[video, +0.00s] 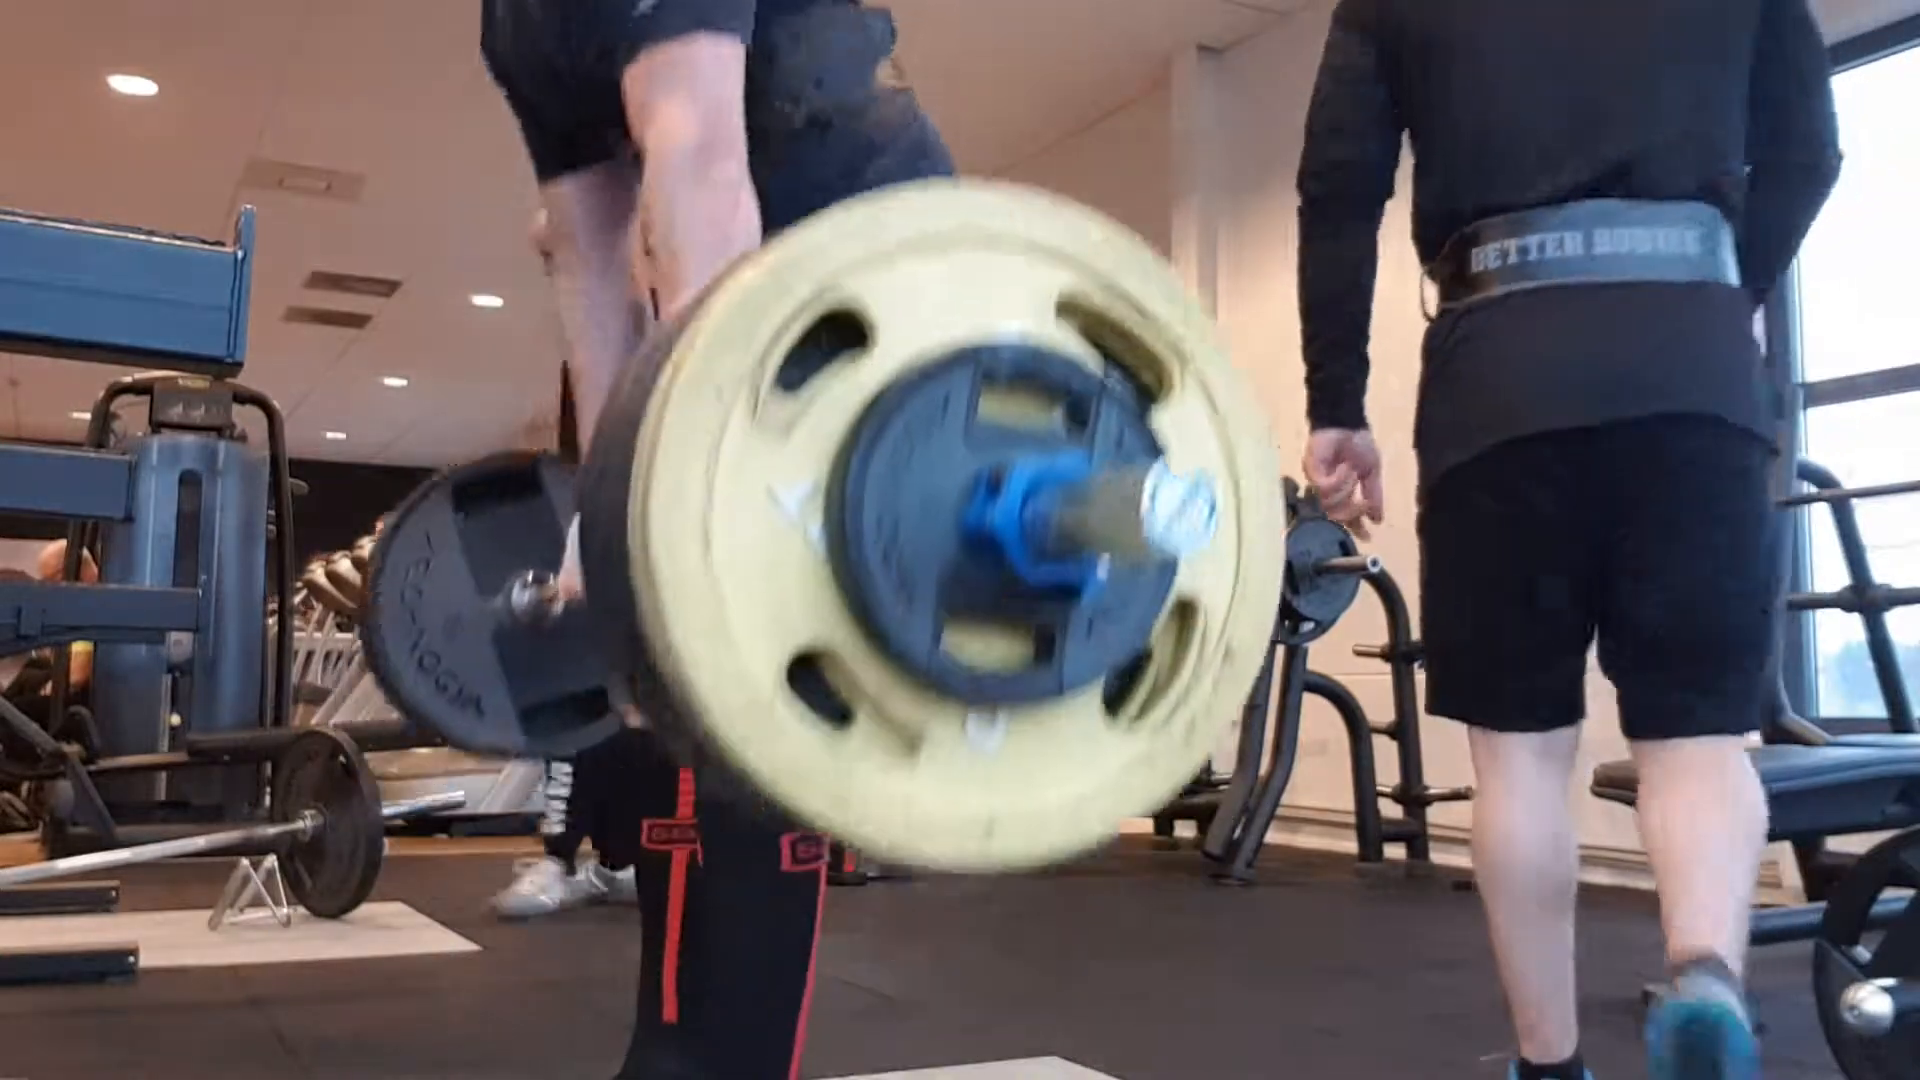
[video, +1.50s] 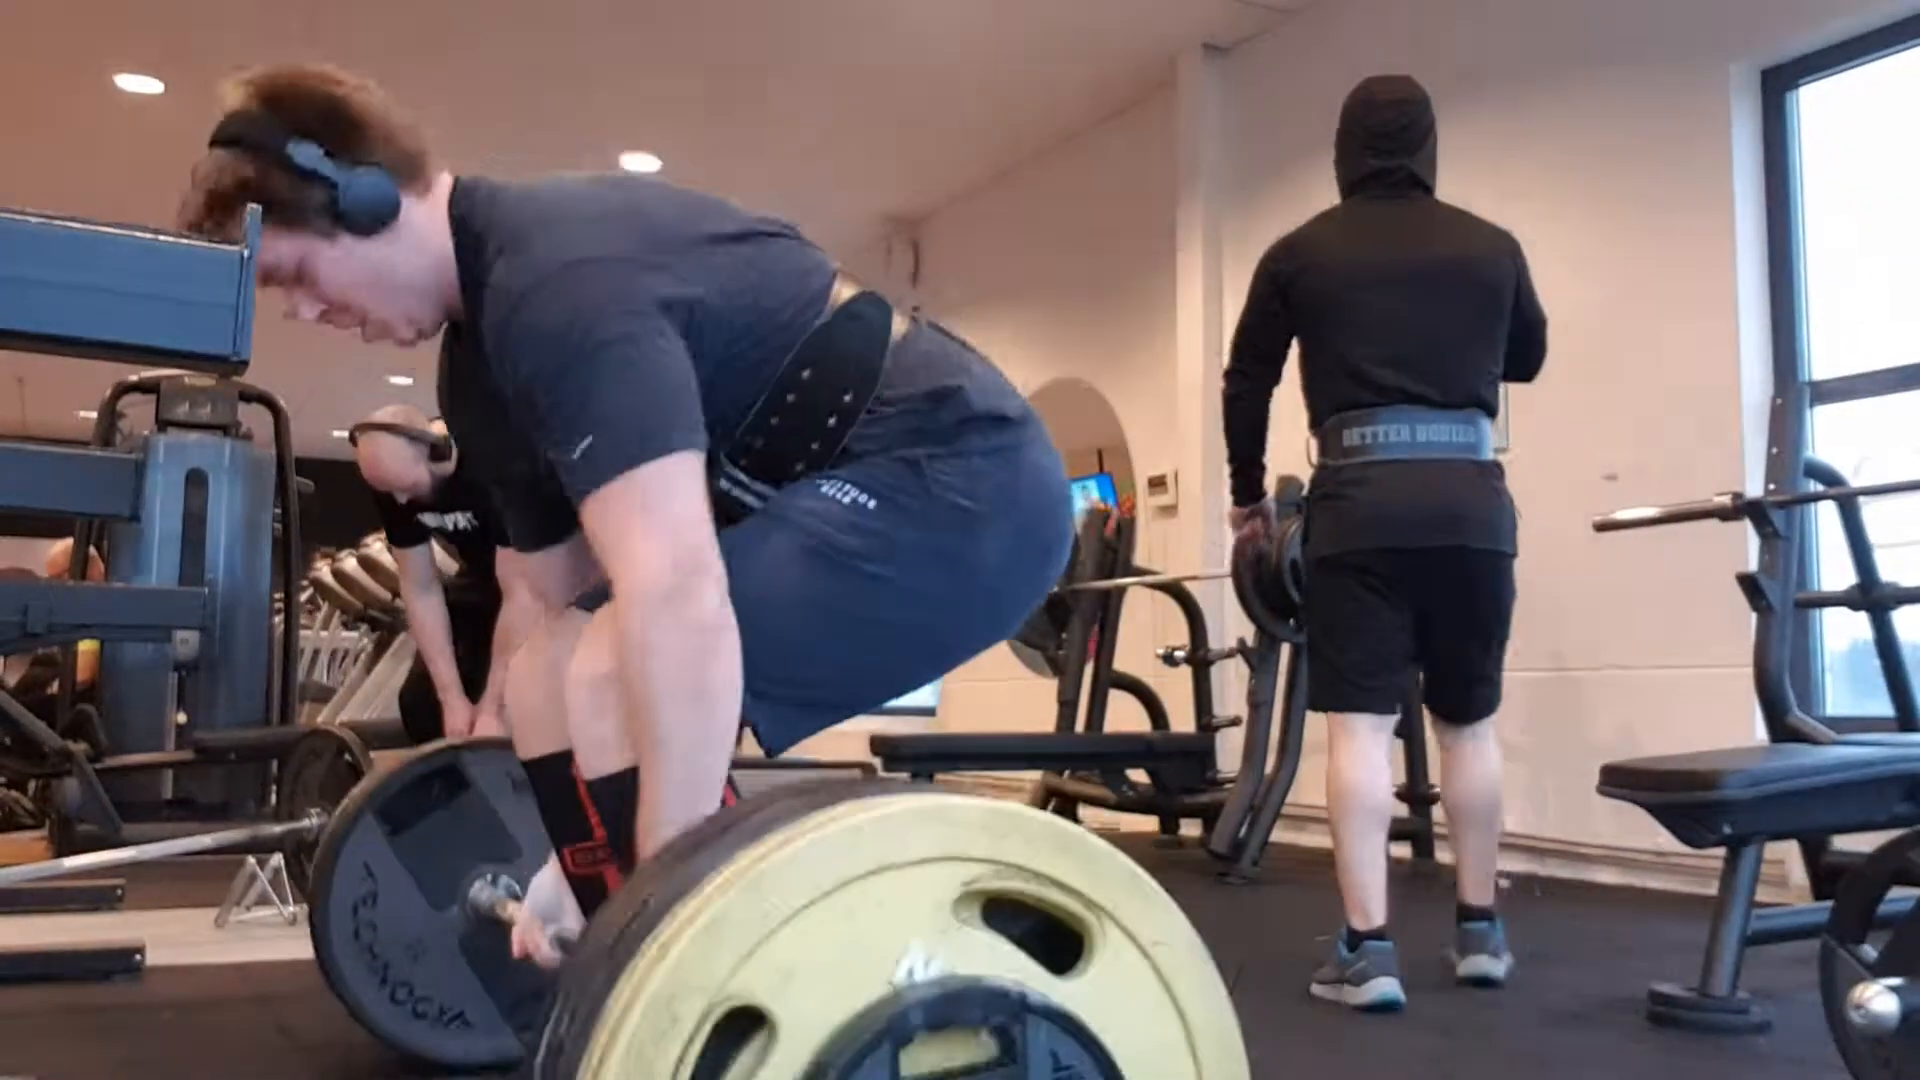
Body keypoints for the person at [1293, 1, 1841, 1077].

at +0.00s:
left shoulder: (1394, 6)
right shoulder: (1748, 7)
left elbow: (1336, 172)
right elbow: (1806, 144)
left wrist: (1336, 405)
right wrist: (1717, 293)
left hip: (1501, 374)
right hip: (1695, 364)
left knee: (1520, 741)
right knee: (1699, 723)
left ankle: (1547, 1059)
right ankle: (1705, 979)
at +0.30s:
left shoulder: (1385, 55)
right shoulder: (1678, 28)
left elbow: (1334, 255)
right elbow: (1760, 206)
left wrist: (1380, 403)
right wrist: (1753, 384)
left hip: (1475, 417)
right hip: (1648, 413)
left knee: (1503, 734)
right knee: (1647, 726)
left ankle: (1543, 1051)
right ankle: (1662, 1026)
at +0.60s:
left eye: (1480, 23)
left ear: (1485, 22)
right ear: (1592, 24)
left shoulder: (1415, 126)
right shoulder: (1676, 127)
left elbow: (1370, 306)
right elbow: (1733, 296)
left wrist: (1384, 456)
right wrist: (1712, 456)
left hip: (1477, 471)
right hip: (1625, 467)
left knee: (1438, 730)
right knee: (1609, 750)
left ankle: (1509, 916)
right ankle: (1619, 1026)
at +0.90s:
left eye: (1468, 50)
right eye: (1530, 53)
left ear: (1454, 67)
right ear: (1553, 72)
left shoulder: (1397, 169)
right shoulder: (1625, 181)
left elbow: (1339, 310)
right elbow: (1661, 337)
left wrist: (1320, 470)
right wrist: (1589, 436)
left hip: (1450, 476)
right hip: (1592, 475)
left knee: (1400, 722)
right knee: (1593, 733)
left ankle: (1375, 962)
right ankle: (1616, 1000)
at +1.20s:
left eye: (1371, 109)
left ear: (1362, 120)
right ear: (1455, 119)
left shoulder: (1321, 227)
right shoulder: (1528, 221)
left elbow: (1269, 363)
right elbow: (1569, 351)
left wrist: (1237, 504)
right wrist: (1477, 401)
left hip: (1377, 508)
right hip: (1501, 506)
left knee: (1361, 727)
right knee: (1522, 717)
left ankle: (1364, 958)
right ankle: (1566, 882)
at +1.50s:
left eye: (1355, 143)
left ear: (1343, 154)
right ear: (1430, 151)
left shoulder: (1299, 254)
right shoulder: (1493, 246)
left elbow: (1247, 381)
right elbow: (1524, 360)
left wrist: (1248, 498)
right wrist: (1445, 338)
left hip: (1357, 509)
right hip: (1471, 509)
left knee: (1358, 724)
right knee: (1469, 721)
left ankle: (1367, 950)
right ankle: (1480, 930)